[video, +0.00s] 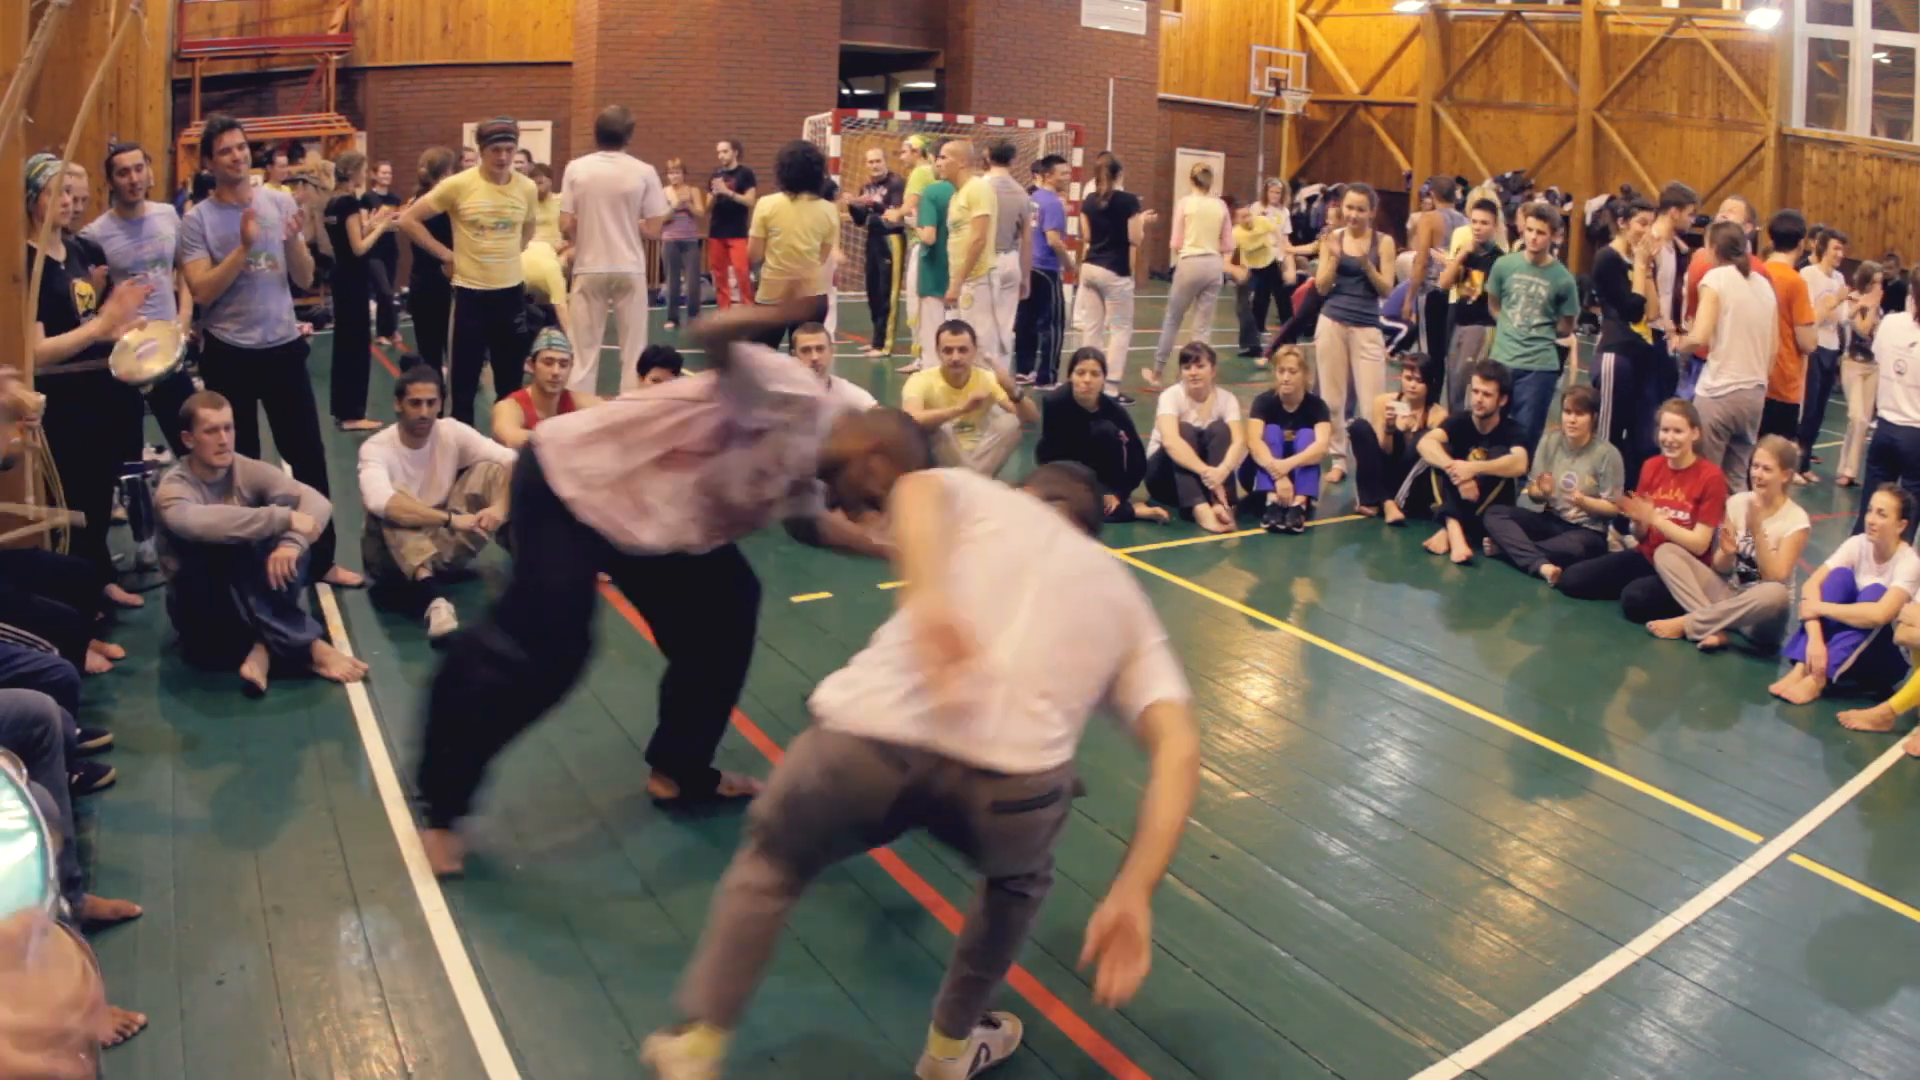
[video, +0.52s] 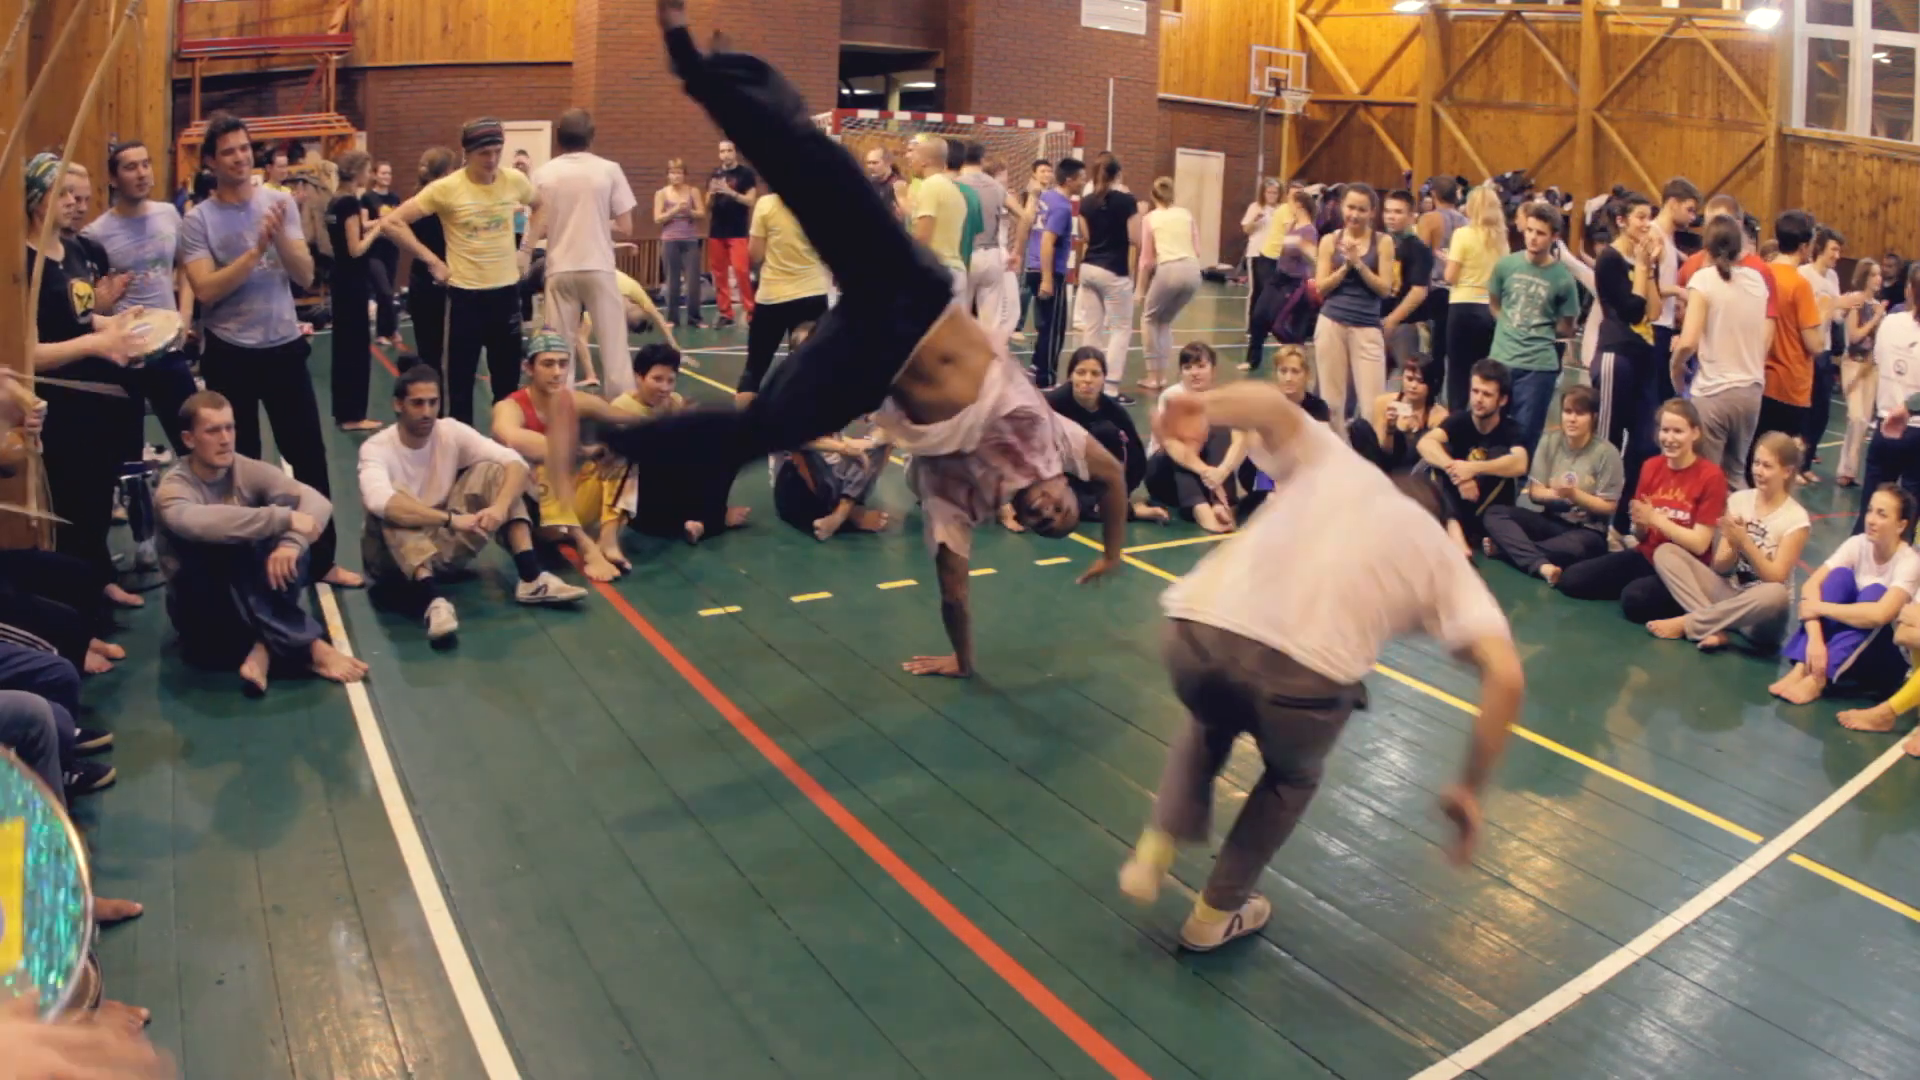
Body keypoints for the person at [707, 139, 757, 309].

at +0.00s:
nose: (721, 156)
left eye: (725, 151)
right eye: (719, 152)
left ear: (735, 152)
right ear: (717, 155)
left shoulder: (745, 173)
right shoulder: (716, 175)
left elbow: (750, 200)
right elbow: (708, 205)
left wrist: (727, 191)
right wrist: (714, 193)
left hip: (737, 232)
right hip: (717, 232)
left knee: (742, 271)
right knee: (718, 273)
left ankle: (748, 305)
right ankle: (723, 308)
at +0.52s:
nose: (725, 154)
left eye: (728, 151)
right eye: (722, 151)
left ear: (735, 153)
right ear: (718, 154)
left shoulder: (746, 173)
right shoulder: (715, 174)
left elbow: (751, 200)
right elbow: (708, 205)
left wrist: (729, 192)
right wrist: (712, 192)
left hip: (738, 232)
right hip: (717, 232)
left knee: (741, 271)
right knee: (719, 275)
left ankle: (750, 310)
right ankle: (724, 312)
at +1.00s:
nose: (731, 152)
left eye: (734, 148)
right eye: (727, 149)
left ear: (740, 151)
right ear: (722, 152)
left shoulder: (748, 172)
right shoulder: (714, 174)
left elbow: (754, 198)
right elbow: (709, 202)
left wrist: (737, 194)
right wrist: (721, 195)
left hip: (743, 233)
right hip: (720, 233)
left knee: (747, 272)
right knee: (722, 276)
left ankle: (751, 311)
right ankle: (725, 313)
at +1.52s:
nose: (740, 153)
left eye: (744, 149)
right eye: (737, 150)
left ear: (751, 151)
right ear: (733, 152)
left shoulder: (760, 173)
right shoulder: (726, 173)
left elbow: (766, 200)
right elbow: (719, 200)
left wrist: (748, 193)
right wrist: (731, 193)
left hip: (752, 231)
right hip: (729, 232)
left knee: (753, 273)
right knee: (727, 274)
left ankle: (753, 312)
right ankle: (726, 312)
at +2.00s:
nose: (756, 158)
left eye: (760, 155)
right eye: (753, 155)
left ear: (766, 155)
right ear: (748, 155)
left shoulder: (770, 174)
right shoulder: (739, 173)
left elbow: (775, 201)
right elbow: (730, 200)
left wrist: (762, 197)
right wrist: (742, 196)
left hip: (761, 230)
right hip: (739, 230)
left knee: (758, 273)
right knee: (731, 270)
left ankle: (754, 311)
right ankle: (728, 309)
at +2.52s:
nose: (755, 158)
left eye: (759, 154)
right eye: (752, 154)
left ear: (765, 155)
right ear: (747, 155)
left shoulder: (773, 175)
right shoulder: (738, 176)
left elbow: (780, 199)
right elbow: (725, 200)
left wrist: (762, 206)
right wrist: (742, 207)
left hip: (766, 230)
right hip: (742, 231)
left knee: (764, 272)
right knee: (744, 274)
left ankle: (763, 312)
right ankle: (746, 313)